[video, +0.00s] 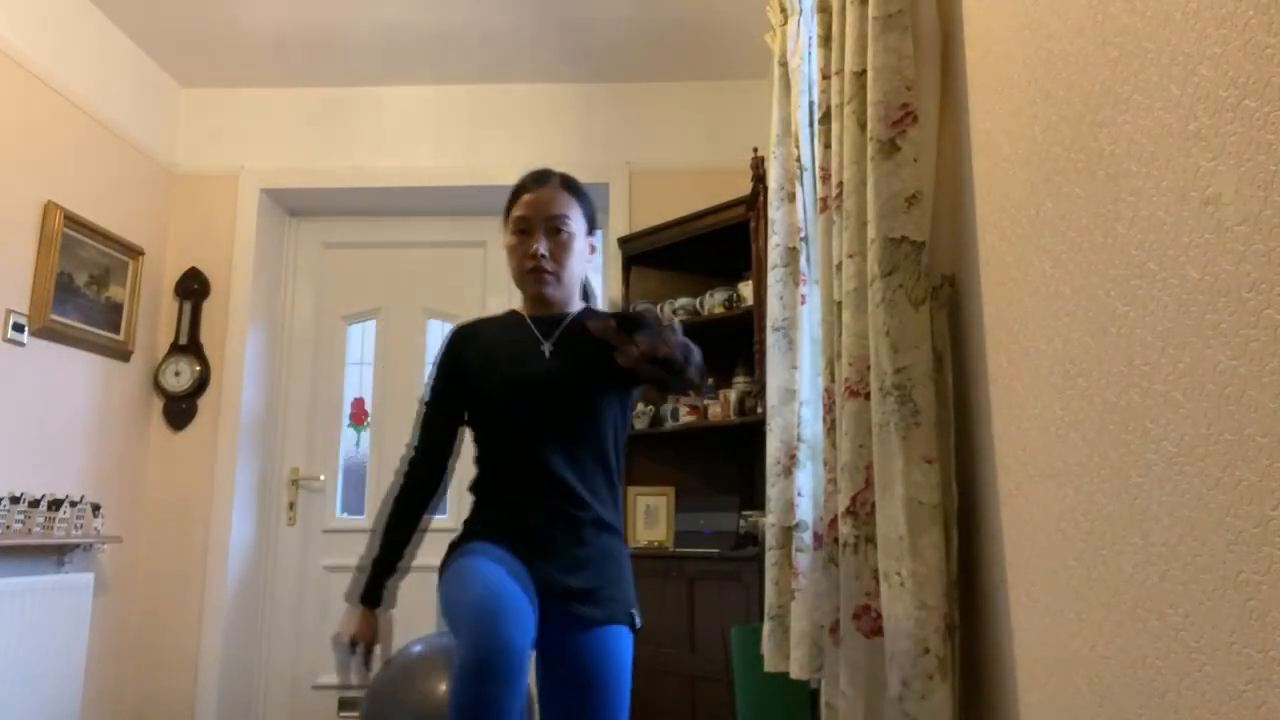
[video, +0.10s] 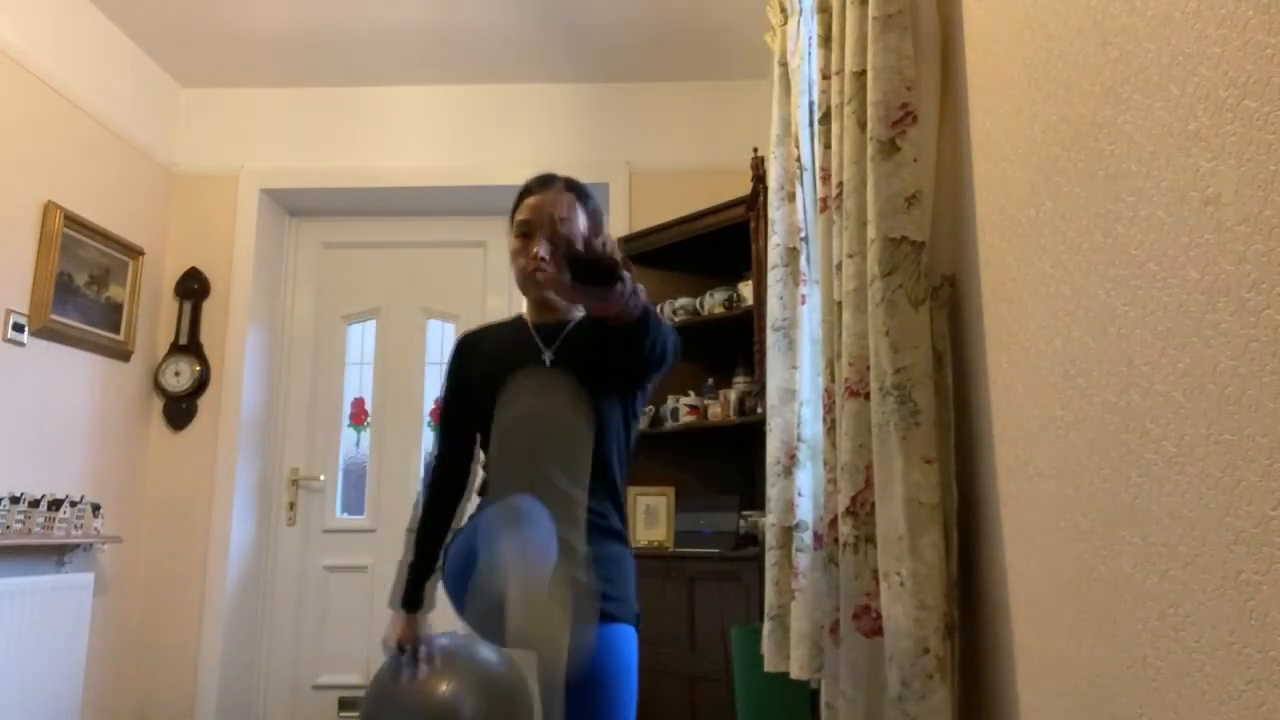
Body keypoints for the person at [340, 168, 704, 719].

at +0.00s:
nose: (537, 247)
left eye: (557, 231)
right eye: (522, 231)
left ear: (590, 248)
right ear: (505, 245)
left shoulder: (621, 336)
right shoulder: (473, 344)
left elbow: (685, 373)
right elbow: (425, 471)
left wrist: (664, 352)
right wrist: (369, 596)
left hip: (591, 555)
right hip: (495, 547)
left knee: (601, 709)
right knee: (496, 646)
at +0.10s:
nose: (536, 249)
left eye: (557, 234)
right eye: (524, 232)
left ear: (593, 251)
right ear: (509, 246)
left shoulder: (621, 342)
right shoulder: (480, 350)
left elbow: (652, 347)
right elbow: (448, 477)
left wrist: (619, 305)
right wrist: (411, 599)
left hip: (595, 576)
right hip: (493, 567)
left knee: (606, 709)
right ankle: (524, 701)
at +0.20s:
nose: (534, 253)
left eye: (550, 241)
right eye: (523, 240)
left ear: (578, 257)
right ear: (509, 258)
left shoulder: (627, 348)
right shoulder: (480, 361)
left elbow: (629, 326)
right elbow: (462, 483)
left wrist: (595, 275)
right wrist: (444, 607)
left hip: (596, 589)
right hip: (493, 587)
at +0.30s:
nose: (540, 251)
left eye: (559, 238)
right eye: (527, 239)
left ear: (594, 257)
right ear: (512, 258)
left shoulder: (630, 352)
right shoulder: (483, 361)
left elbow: (635, 313)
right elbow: (467, 490)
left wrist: (616, 245)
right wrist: (460, 616)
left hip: (596, 596)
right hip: (498, 594)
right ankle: (559, 384)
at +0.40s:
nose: (542, 249)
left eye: (562, 232)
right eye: (528, 234)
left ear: (601, 250)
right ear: (513, 250)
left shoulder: (629, 340)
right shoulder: (481, 353)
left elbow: (653, 331)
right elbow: (468, 483)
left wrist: (649, 280)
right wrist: (458, 603)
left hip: (598, 593)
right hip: (499, 593)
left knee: (604, 710)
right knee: (493, 712)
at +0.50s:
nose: (542, 240)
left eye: (562, 223)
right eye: (528, 226)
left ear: (600, 245)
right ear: (514, 245)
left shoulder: (626, 331)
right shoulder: (482, 342)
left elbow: (655, 338)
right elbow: (457, 475)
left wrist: (683, 334)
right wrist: (433, 600)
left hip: (603, 559)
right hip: (502, 549)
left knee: (608, 708)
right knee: (514, 680)